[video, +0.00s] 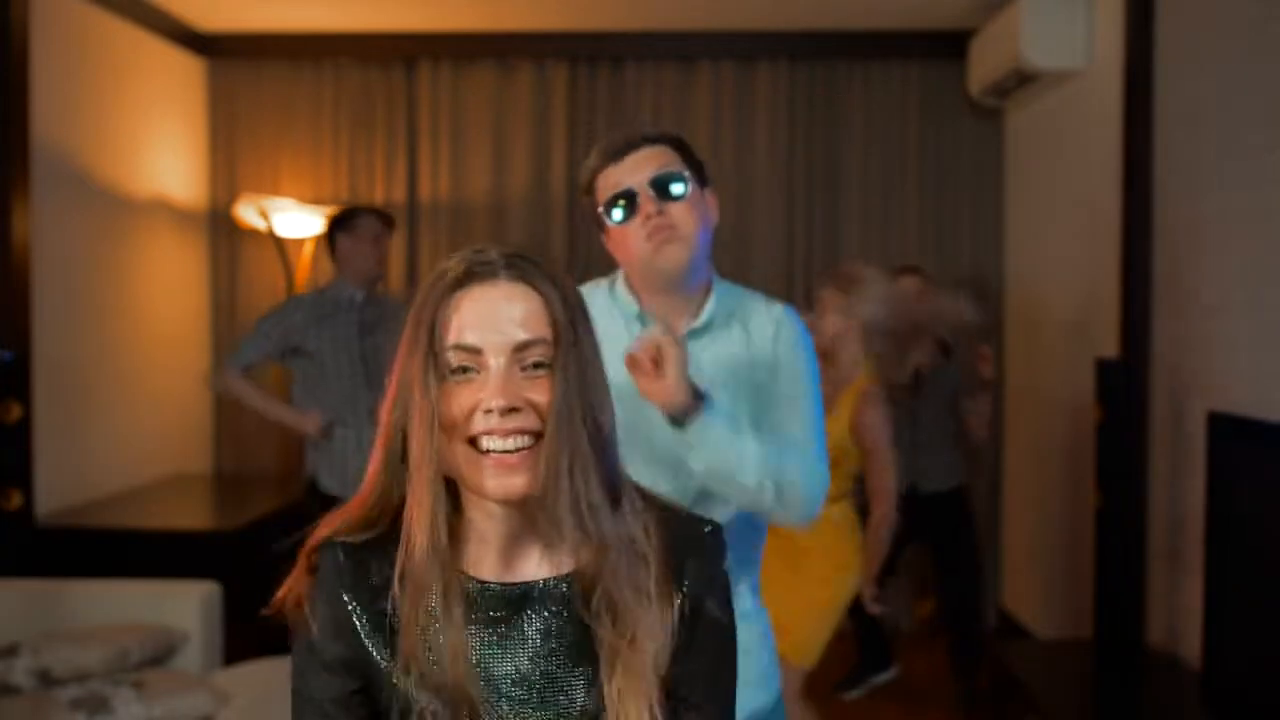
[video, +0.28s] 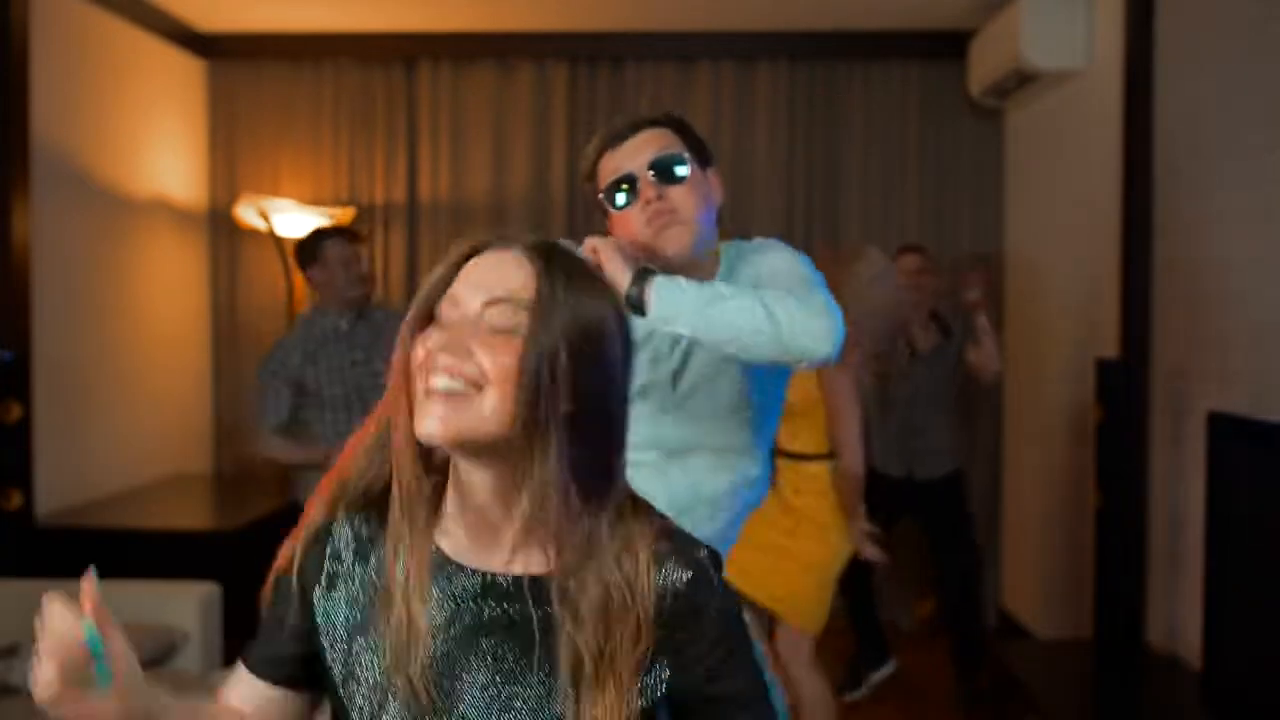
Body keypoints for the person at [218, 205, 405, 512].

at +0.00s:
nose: (383, 251)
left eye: (384, 241)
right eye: (373, 240)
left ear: (387, 246)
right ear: (341, 245)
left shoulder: (398, 317)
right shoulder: (304, 314)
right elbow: (230, 374)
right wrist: (296, 419)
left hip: (395, 477)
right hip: (334, 482)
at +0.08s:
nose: (377, 251)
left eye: (378, 241)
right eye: (364, 241)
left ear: (383, 246)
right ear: (333, 251)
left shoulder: (397, 318)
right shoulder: (301, 323)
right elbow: (233, 394)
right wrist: (298, 430)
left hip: (397, 485)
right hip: (333, 491)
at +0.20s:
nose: (366, 262)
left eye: (367, 250)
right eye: (353, 251)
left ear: (373, 254)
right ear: (321, 266)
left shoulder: (398, 325)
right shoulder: (299, 338)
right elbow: (244, 424)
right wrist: (309, 449)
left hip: (400, 496)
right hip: (329, 503)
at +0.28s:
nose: (363, 272)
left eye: (363, 261)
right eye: (348, 264)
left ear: (368, 261)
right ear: (314, 276)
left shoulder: (397, 333)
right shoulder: (292, 352)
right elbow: (267, 442)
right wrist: (333, 456)